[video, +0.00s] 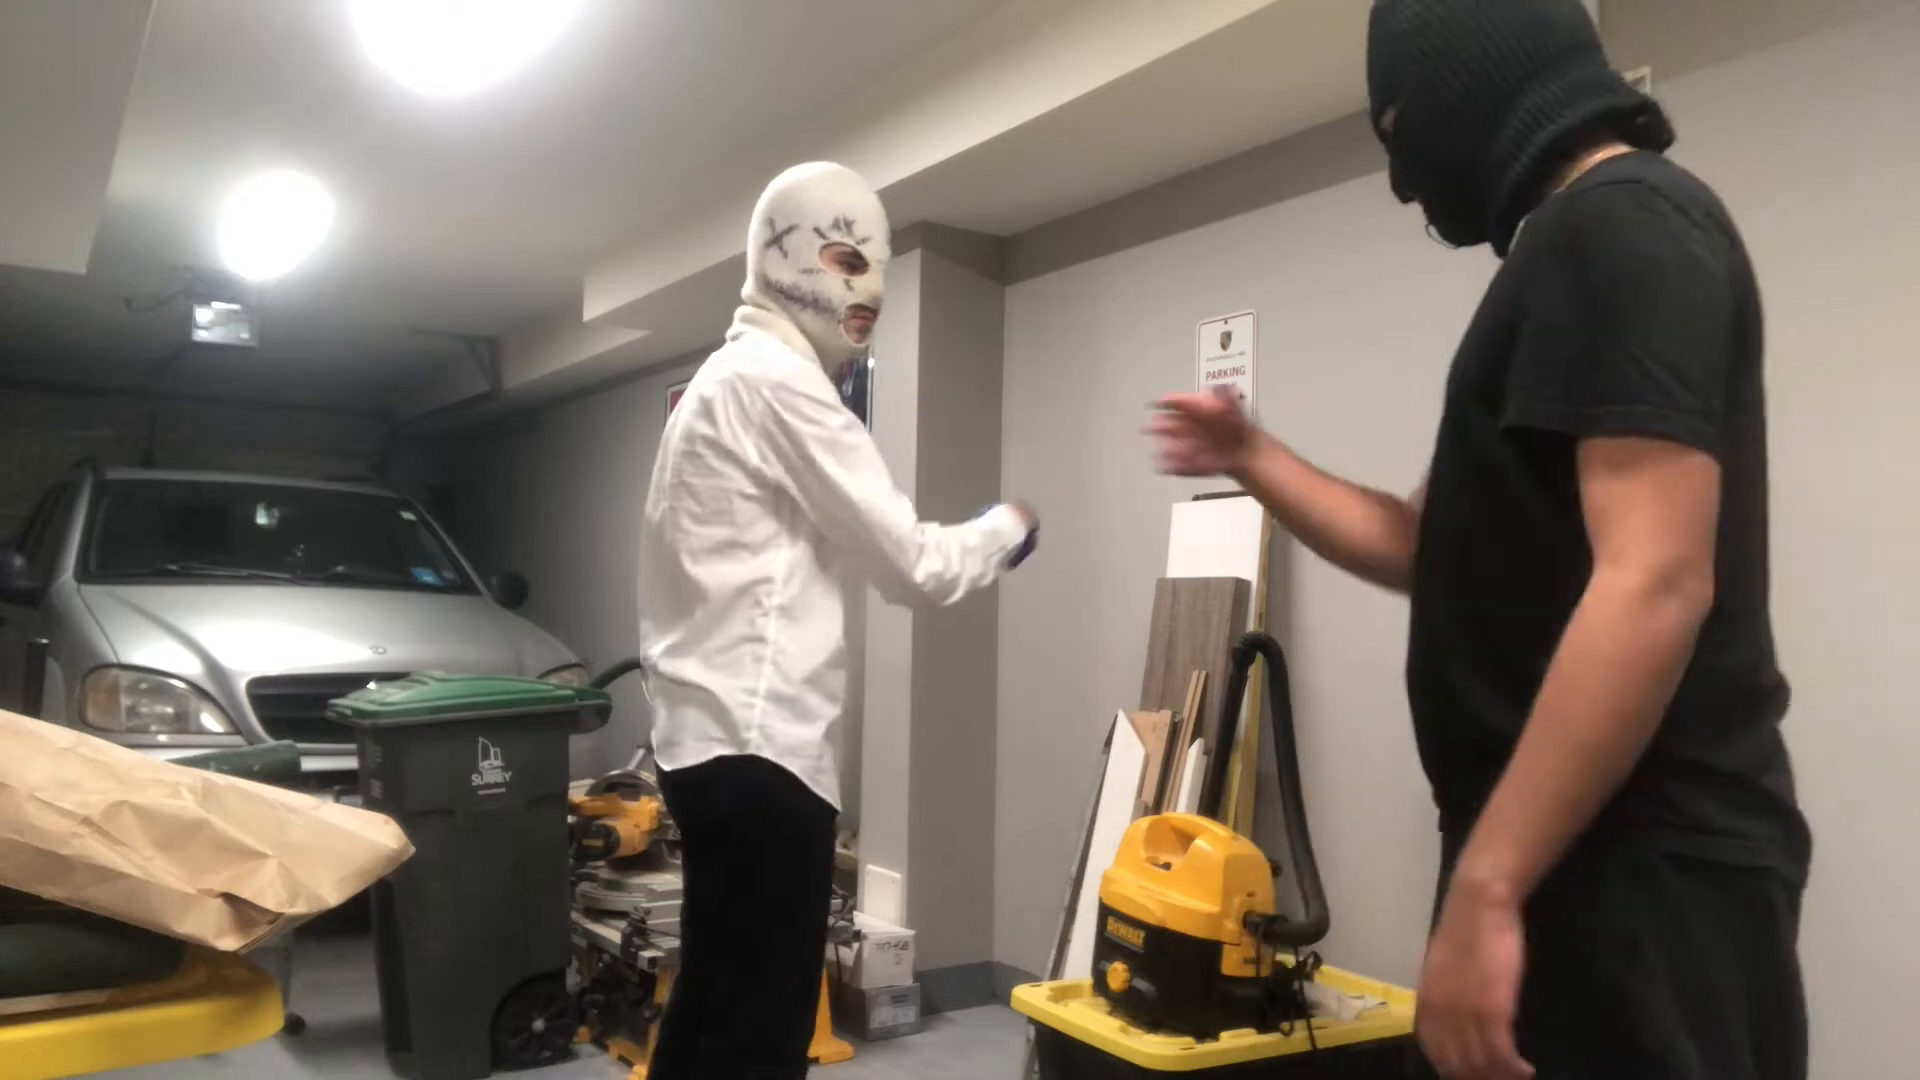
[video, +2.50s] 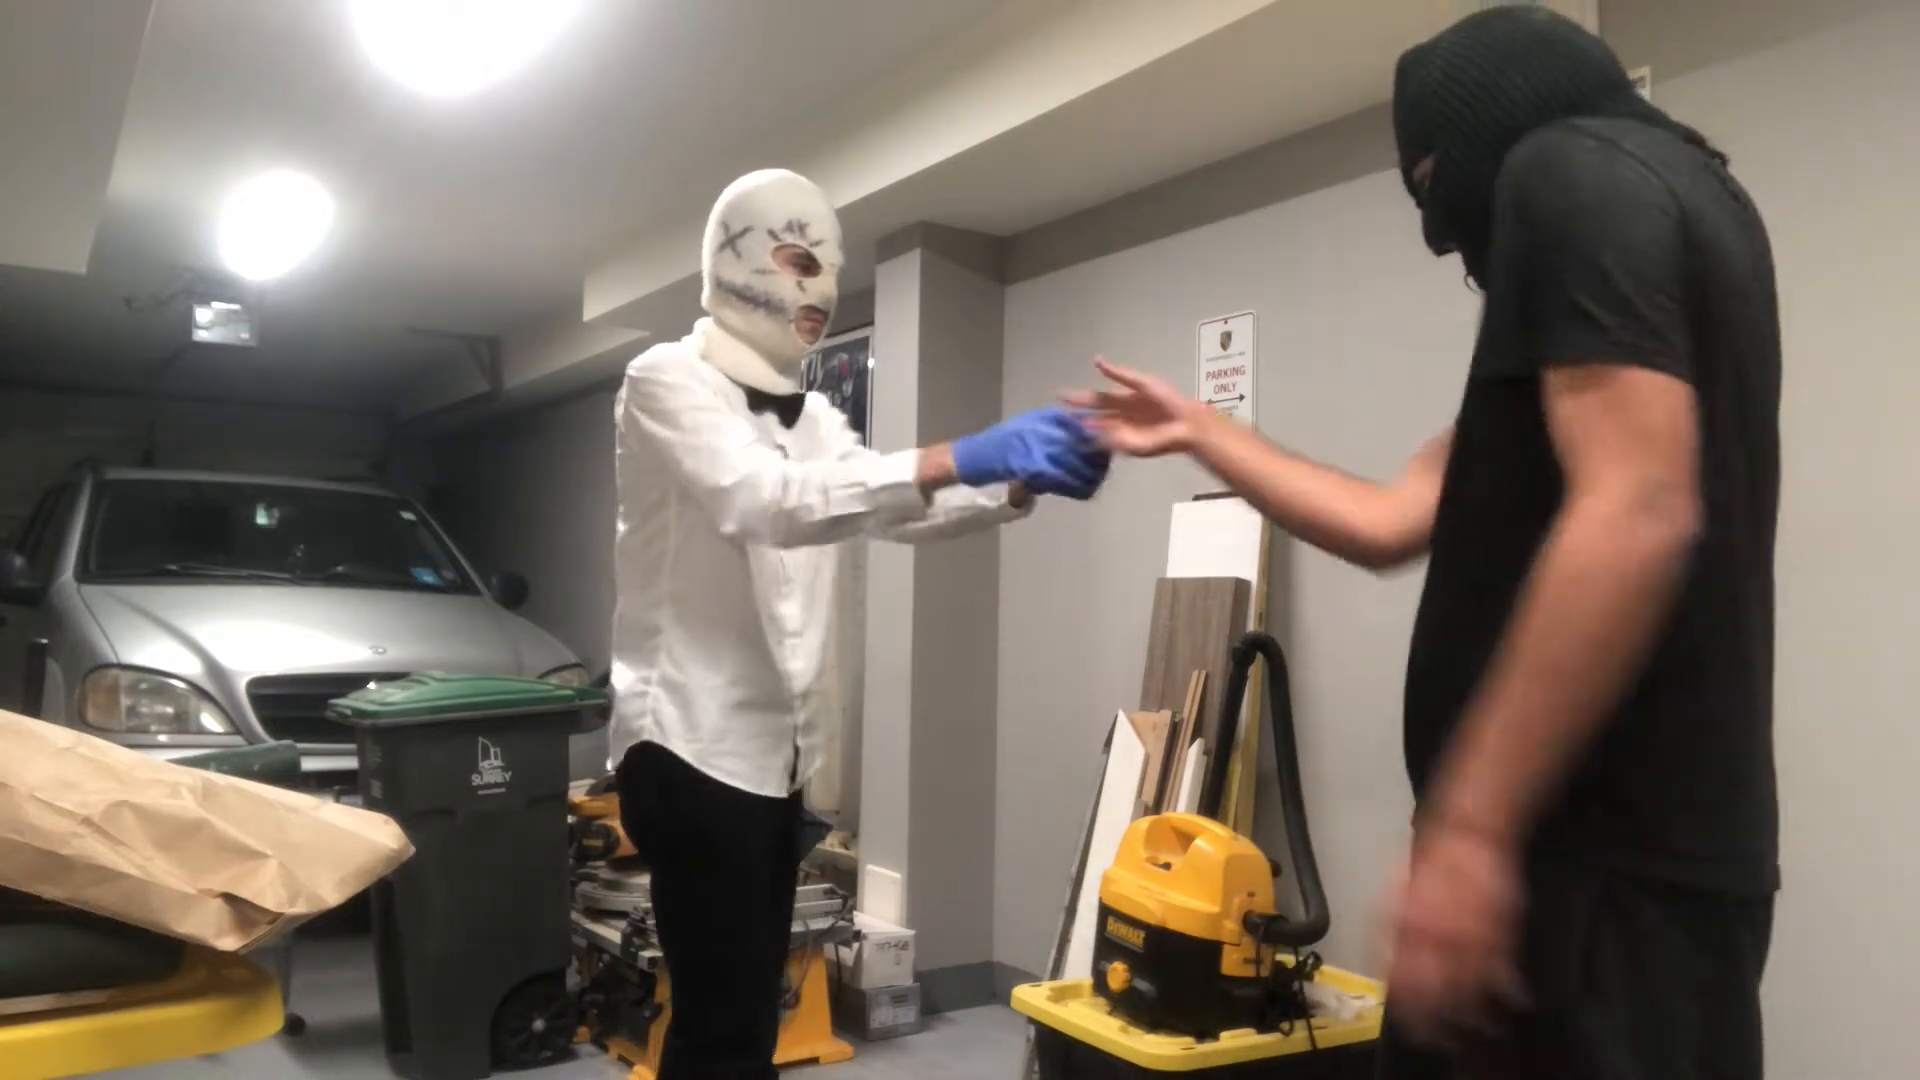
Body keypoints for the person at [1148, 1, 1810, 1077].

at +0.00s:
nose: (1391, 171)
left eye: (1390, 121)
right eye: (1382, 132)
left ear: (1460, 84)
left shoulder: (1622, 224)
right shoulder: (1571, 245)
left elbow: (1655, 582)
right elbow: (1442, 556)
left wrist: (1484, 886)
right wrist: (1253, 457)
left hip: (1634, 877)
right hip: (1578, 874)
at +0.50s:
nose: (1395, 193)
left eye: (1390, 145)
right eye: (1381, 159)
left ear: (1457, 98)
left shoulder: (1566, 224)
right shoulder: (1611, 226)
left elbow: (1532, 564)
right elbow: (1346, 432)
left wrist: (1354, 853)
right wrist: (1259, 254)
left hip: (1583, 867)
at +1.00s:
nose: (1383, 174)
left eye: (1385, 125)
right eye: (1375, 138)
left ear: (1454, 90)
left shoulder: (1609, 227)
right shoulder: (1549, 268)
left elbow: (1638, 579)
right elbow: (1323, 400)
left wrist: (1415, 841)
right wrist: (1157, 317)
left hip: (1601, 886)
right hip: (1537, 878)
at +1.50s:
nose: (1401, 171)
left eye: (1403, 122)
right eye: (1393, 135)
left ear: (1476, 82)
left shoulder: (1624, 225)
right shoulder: (1556, 263)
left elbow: (1667, 580)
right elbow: (1329, 474)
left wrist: (1438, 851)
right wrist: (1111, 479)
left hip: (1598, 869)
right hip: (1525, 866)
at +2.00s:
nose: (1408, 203)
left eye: (1407, 156)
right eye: (1398, 170)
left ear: (1474, 103)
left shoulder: (1607, 214)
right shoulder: (1569, 249)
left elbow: (1671, 568)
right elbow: (1365, 476)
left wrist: (1487, 877)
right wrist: (1157, 475)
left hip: (1587, 913)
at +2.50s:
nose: (1432, 222)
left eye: (1428, 183)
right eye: (1419, 194)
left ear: (1483, 125)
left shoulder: (1582, 169)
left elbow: (1638, 507)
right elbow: (1391, 522)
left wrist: (1469, 831)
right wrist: (1197, 427)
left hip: (1594, 875)